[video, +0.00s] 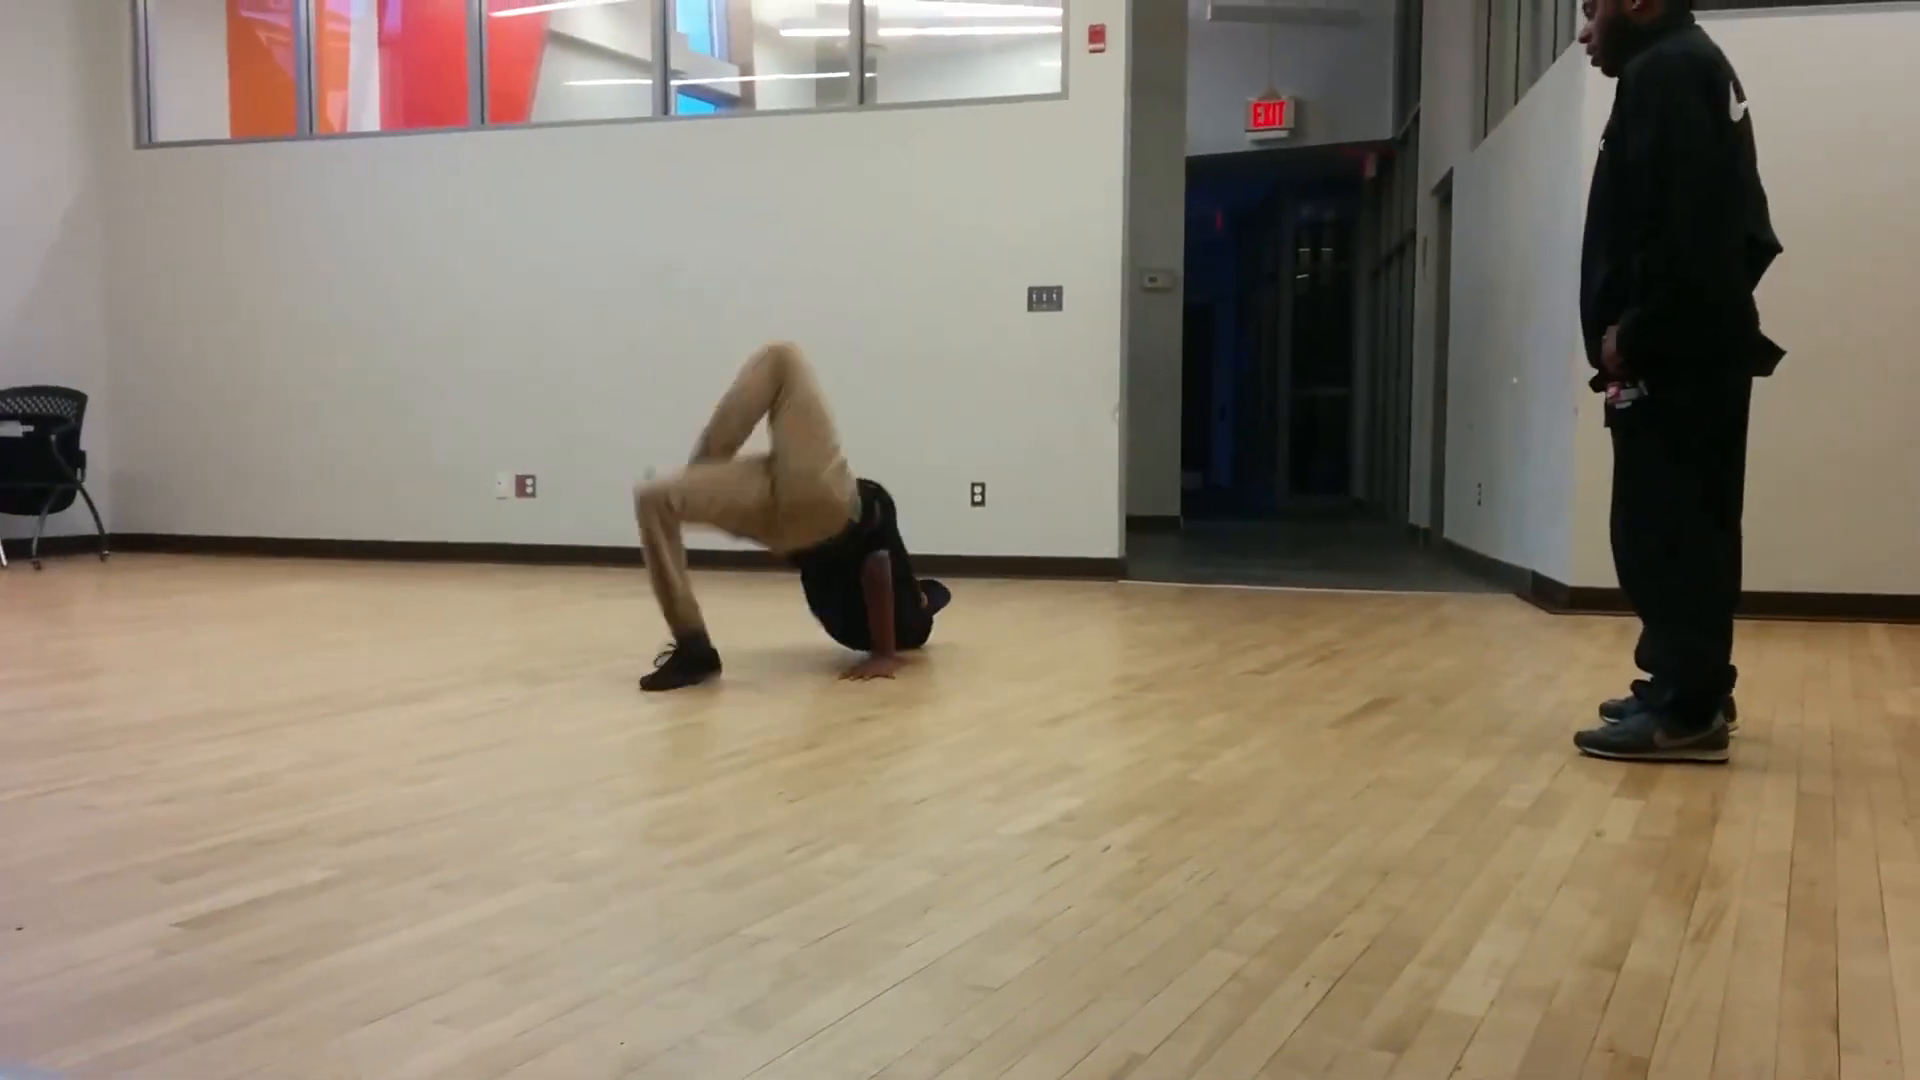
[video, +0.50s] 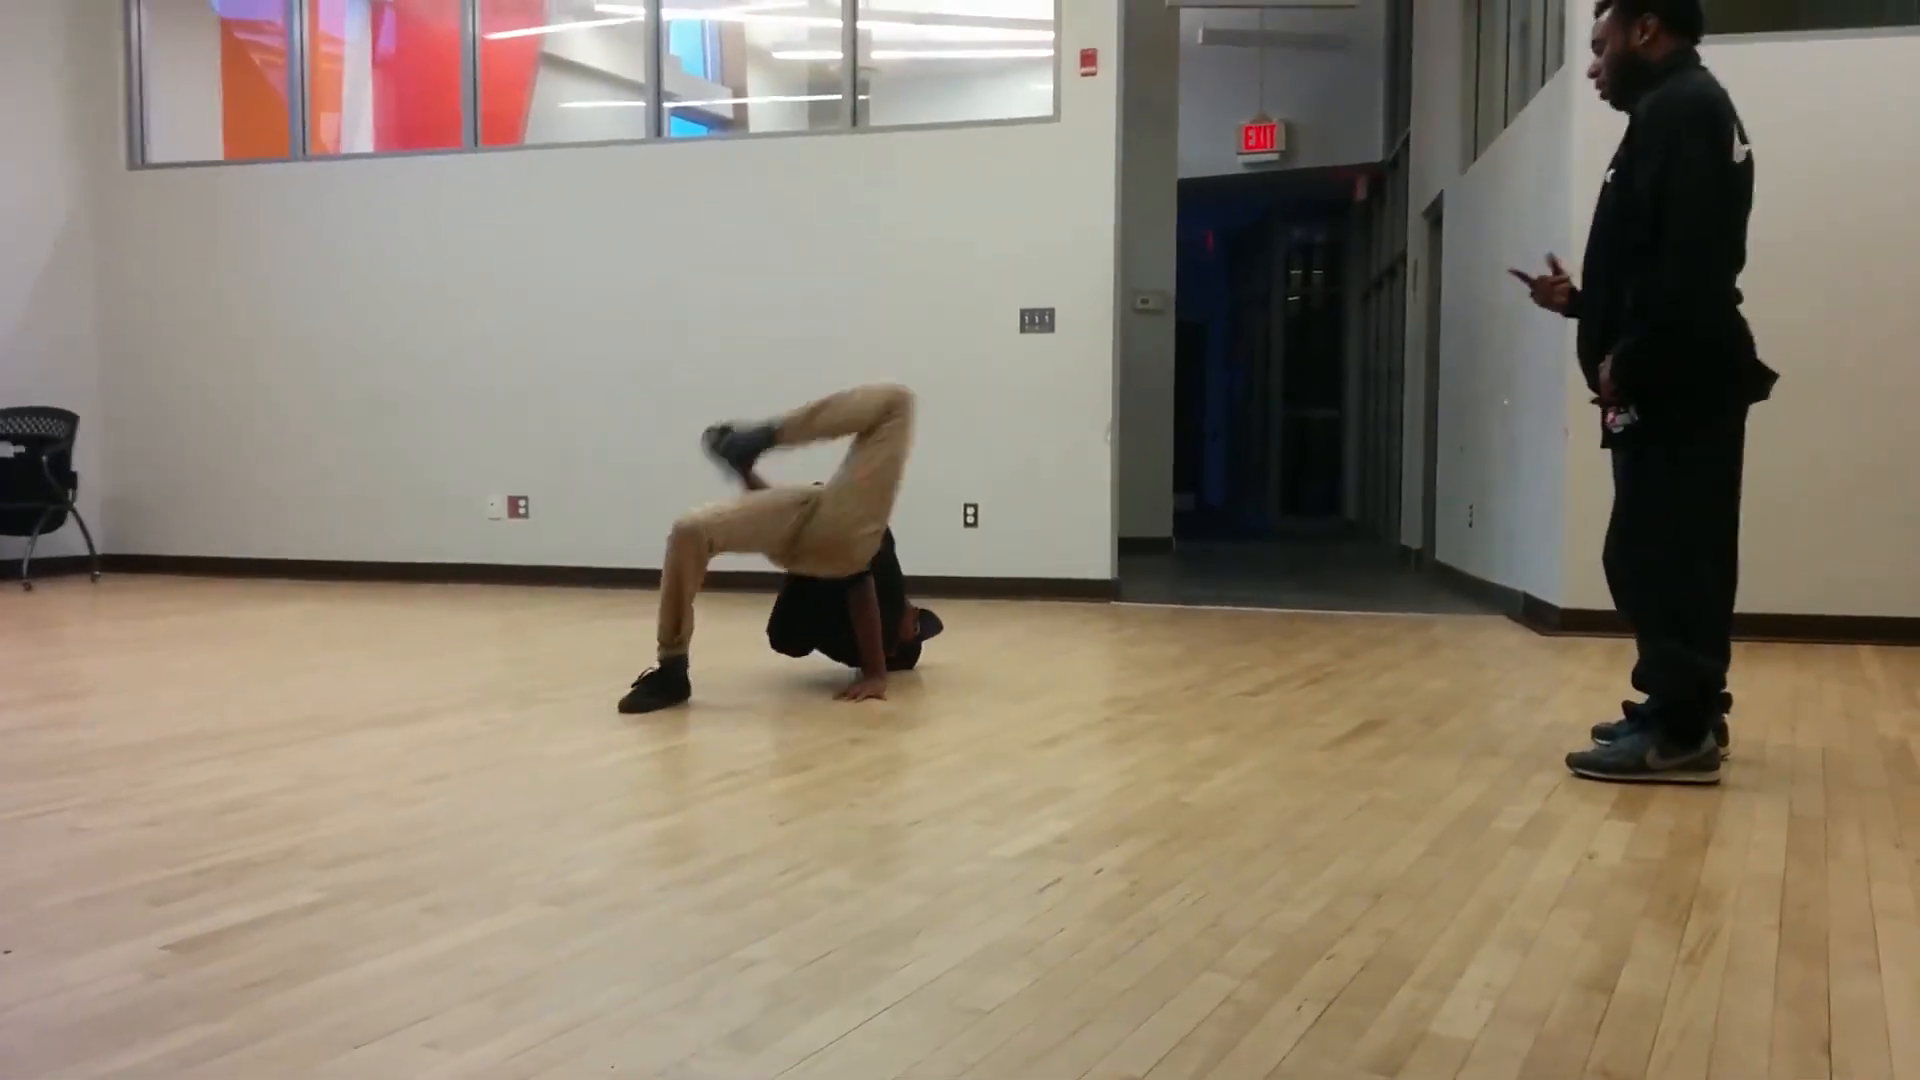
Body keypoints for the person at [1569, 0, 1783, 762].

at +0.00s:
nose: (1582, 28)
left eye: (1591, 10)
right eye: (1583, 12)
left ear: (1637, 6)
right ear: (1647, 9)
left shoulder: (1667, 72)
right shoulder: (1687, 67)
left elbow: (1678, 225)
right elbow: (1738, 234)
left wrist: (1633, 331)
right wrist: (1634, 332)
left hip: (1676, 363)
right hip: (1690, 357)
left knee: (1668, 528)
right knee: (1678, 523)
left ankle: (1687, 711)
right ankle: (1684, 693)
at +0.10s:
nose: (1583, 36)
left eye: (1591, 17)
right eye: (1583, 19)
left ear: (1638, 10)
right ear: (1648, 13)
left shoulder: (1668, 82)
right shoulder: (1692, 77)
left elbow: (1683, 237)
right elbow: (1750, 242)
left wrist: (1632, 338)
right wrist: (1647, 332)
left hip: (1675, 371)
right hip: (1693, 365)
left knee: (1667, 534)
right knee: (1680, 529)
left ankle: (1686, 715)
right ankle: (1684, 697)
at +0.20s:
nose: (1581, 45)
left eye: (1590, 25)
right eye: (1581, 28)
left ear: (1636, 14)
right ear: (1645, 17)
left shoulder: (1667, 89)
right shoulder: (1693, 83)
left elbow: (1682, 244)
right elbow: (1736, 248)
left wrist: (1627, 344)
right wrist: (1628, 334)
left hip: (1672, 372)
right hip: (1692, 366)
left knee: (1663, 539)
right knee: (1677, 534)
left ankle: (1684, 719)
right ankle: (1683, 701)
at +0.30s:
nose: (1584, 47)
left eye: (1592, 26)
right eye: (1584, 30)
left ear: (1639, 17)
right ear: (1644, 21)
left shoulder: (1673, 99)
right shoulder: (1682, 93)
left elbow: (1683, 253)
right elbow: (1676, 249)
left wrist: (1626, 350)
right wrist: (1595, 304)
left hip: (1677, 374)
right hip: (1681, 367)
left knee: (1658, 540)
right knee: (1670, 536)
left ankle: (1681, 722)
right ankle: (1679, 702)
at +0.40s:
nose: (1587, 59)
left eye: (1595, 37)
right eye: (1587, 42)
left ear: (1643, 27)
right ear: (1647, 29)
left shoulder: (1672, 106)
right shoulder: (1685, 101)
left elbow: (1670, 256)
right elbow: (1668, 246)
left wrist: (1622, 352)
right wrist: (1592, 288)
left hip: (1672, 377)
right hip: (1685, 370)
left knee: (1652, 545)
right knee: (1677, 540)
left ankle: (1675, 726)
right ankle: (1679, 711)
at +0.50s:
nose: (1593, 61)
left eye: (1602, 41)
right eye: (1593, 45)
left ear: (1651, 35)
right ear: (1654, 36)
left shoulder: (1683, 110)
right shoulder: (1677, 111)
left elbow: (1677, 266)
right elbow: (1659, 271)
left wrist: (1629, 359)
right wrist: (1581, 298)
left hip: (1682, 384)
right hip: (1680, 380)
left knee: (1655, 548)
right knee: (1676, 544)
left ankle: (1678, 729)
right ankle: (1683, 712)